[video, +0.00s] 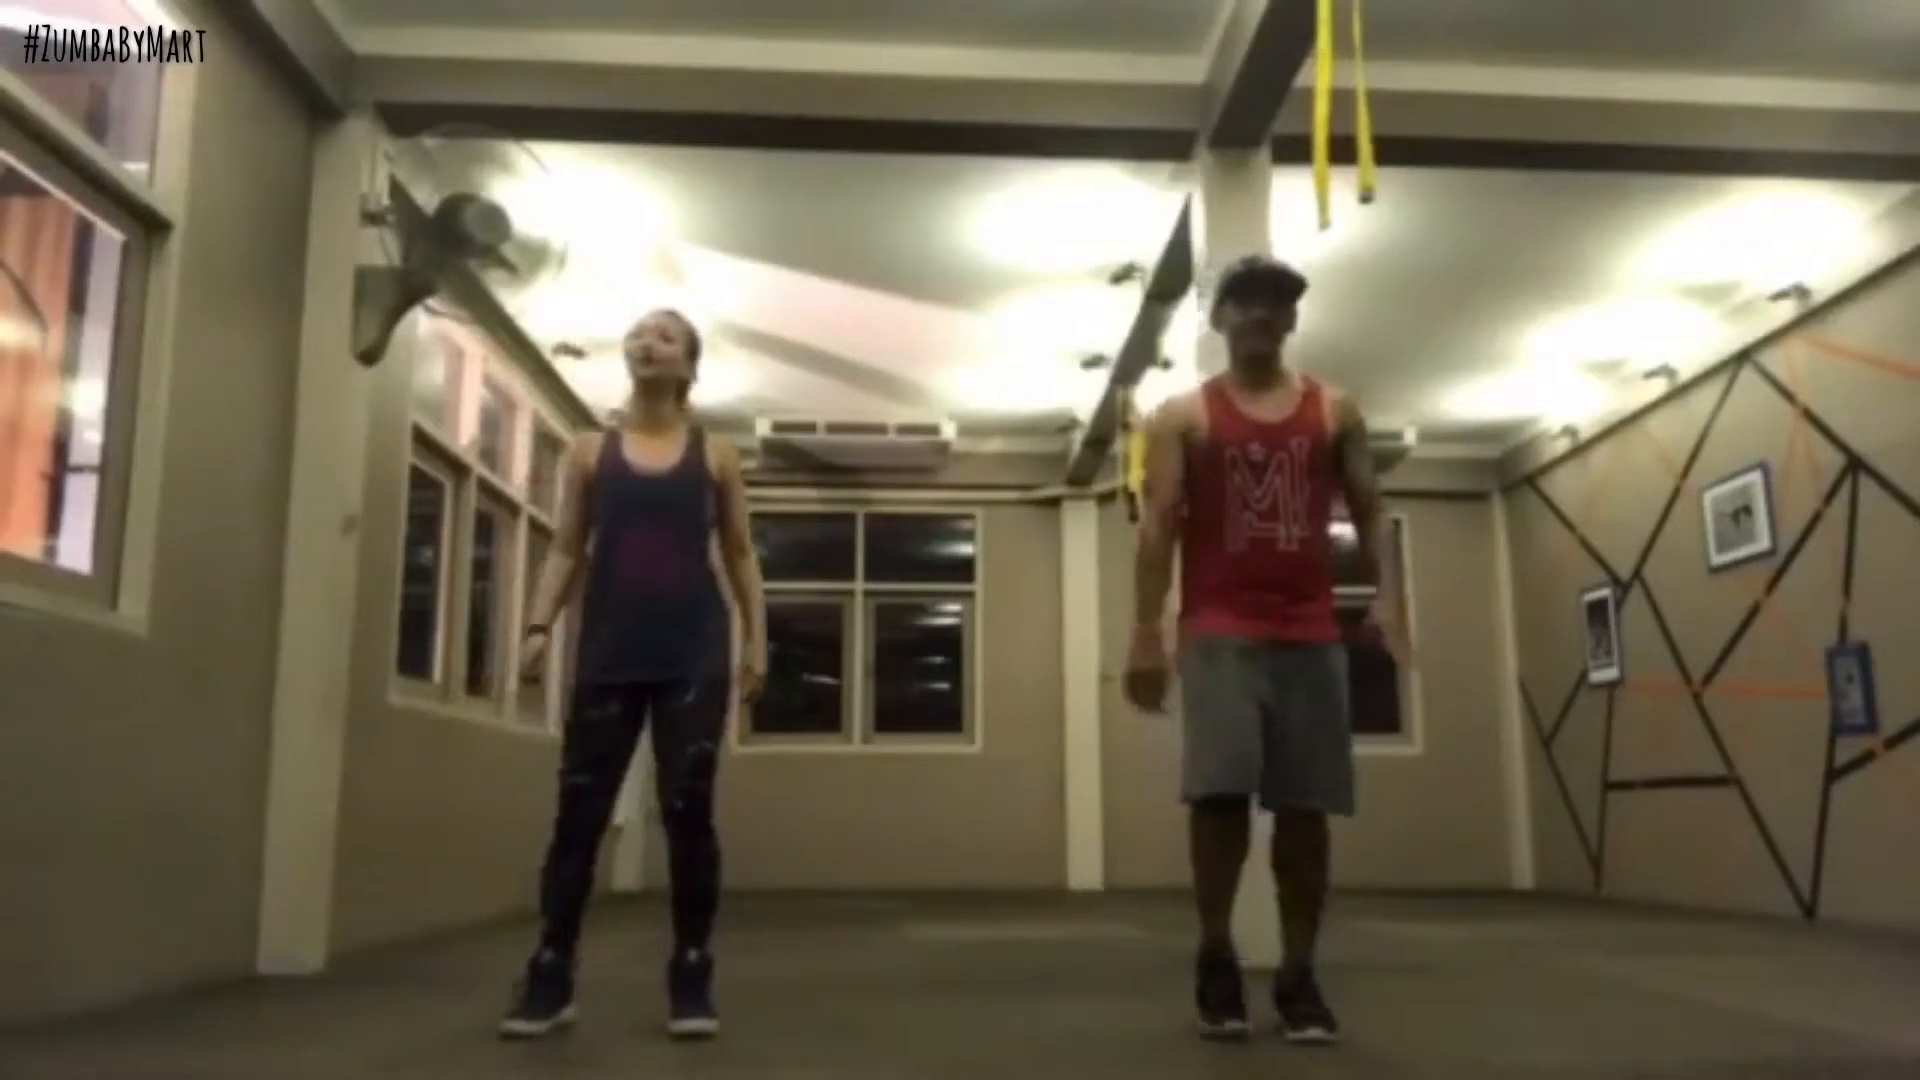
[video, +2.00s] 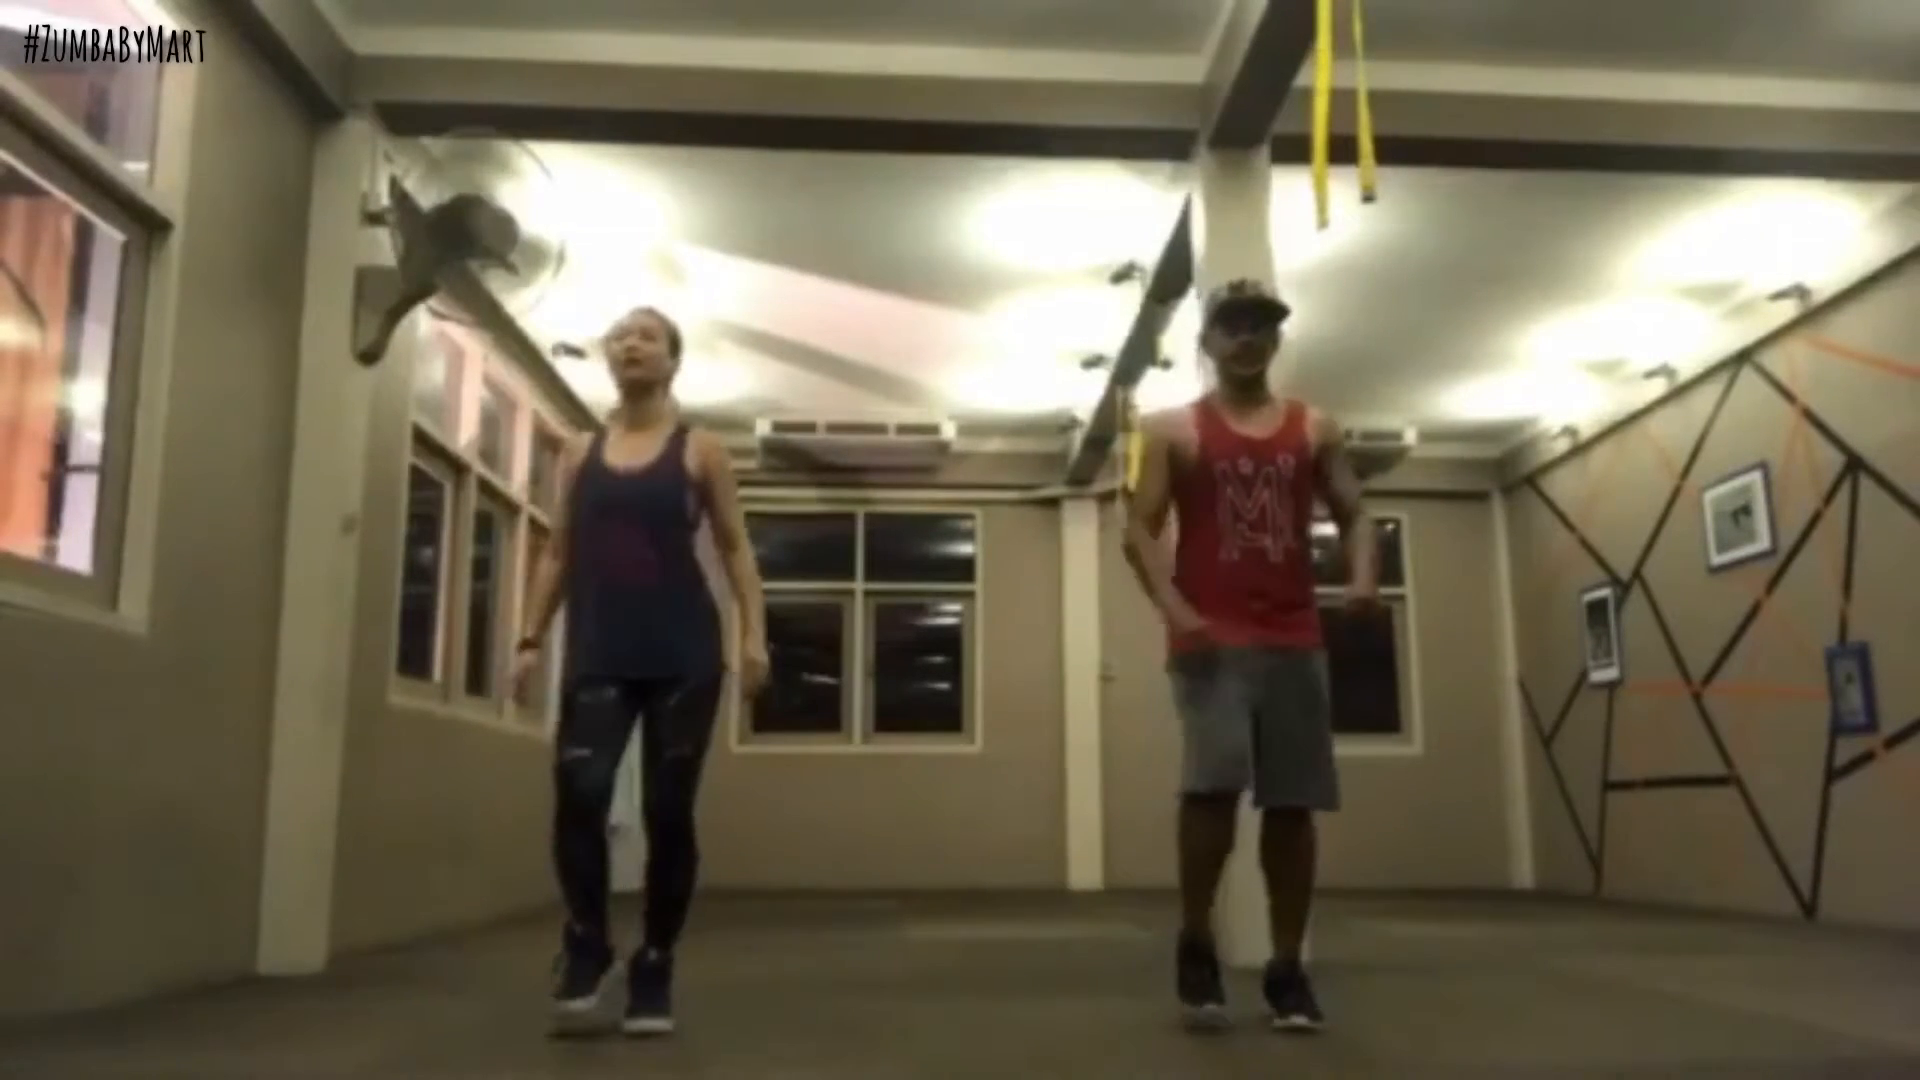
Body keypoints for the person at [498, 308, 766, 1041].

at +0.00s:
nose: (649, 344)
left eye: (666, 336)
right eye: (641, 335)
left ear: (691, 363)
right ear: (626, 355)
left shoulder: (715, 456)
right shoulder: (591, 452)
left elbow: (738, 553)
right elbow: (568, 548)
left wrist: (755, 639)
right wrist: (539, 624)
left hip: (694, 658)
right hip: (607, 657)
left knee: (689, 817)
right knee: (578, 818)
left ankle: (692, 982)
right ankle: (548, 980)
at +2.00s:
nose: (631, 345)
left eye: (647, 336)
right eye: (621, 336)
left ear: (673, 359)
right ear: (606, 357)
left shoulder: (700, 448)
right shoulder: (583, 451)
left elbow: (735, 548)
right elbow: (559, 550)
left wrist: (752, 636)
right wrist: (531, 634)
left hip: (683, 655)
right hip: (597, 655)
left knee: (668, 812)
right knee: (577, 801)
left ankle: (654, 969)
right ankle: (586, 953)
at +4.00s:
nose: (632, 355)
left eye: (647, 346)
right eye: (622, 345)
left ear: (673, 365)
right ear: (608, 364)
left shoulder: (697, 451)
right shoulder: (582, 452)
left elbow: (727, 544)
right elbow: (561, 553)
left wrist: (747, 617)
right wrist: (546, 640)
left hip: (672, 654)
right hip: (590, 652)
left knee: (663, 811)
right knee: (576, 795)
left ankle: (652, 966)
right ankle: (570, 927)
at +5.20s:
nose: (617, 371)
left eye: (633, 361)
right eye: (607, 360)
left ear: (658, 382)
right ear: (591, 376)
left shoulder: (680, 465)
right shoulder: (562, 465)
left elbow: (732, 552)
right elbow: (516, 557)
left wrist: (750, 588)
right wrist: (466, 631)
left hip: (654, 665)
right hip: (573, 663)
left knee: (646, 817)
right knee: (560, 822)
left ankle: (653, 969)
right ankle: (556, 973)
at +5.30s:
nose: (621, 362)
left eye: (637, 353)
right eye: (610, 352)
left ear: (663, 374)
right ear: (595, 371)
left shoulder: (687, 457)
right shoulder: (565, 455)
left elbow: (762, 508)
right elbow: (500, 528)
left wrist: (827, 523)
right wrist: (437, 559)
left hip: (656, 655)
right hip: (573, 655)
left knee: (664, 792)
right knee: (561, 812)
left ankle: (680, 932)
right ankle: (557, 964)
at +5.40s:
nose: (630, 352)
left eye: (646, 344)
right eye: (620, 342)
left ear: (673, 366)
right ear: (605, 359)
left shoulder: (695, 450)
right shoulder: (577, 443)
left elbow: (785, 483)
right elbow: (518, 517)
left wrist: (864, 496)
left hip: (661, 643)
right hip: (579, 644)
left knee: (681, 780)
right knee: (564, 808)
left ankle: (729, 946)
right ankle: (553, 968)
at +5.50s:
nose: (641, 352)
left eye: (659, 344)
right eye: (634, 342)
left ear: (687, 367)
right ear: (621, 359)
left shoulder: (702, 450)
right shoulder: (589, 438)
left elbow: (771, 491)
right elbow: (570, 503)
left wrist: (832, 508)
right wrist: (642, 470)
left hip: (673, 647)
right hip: (593, 646)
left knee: (701, 793)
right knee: (571, 811)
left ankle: (773, 963)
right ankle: (554, 966)